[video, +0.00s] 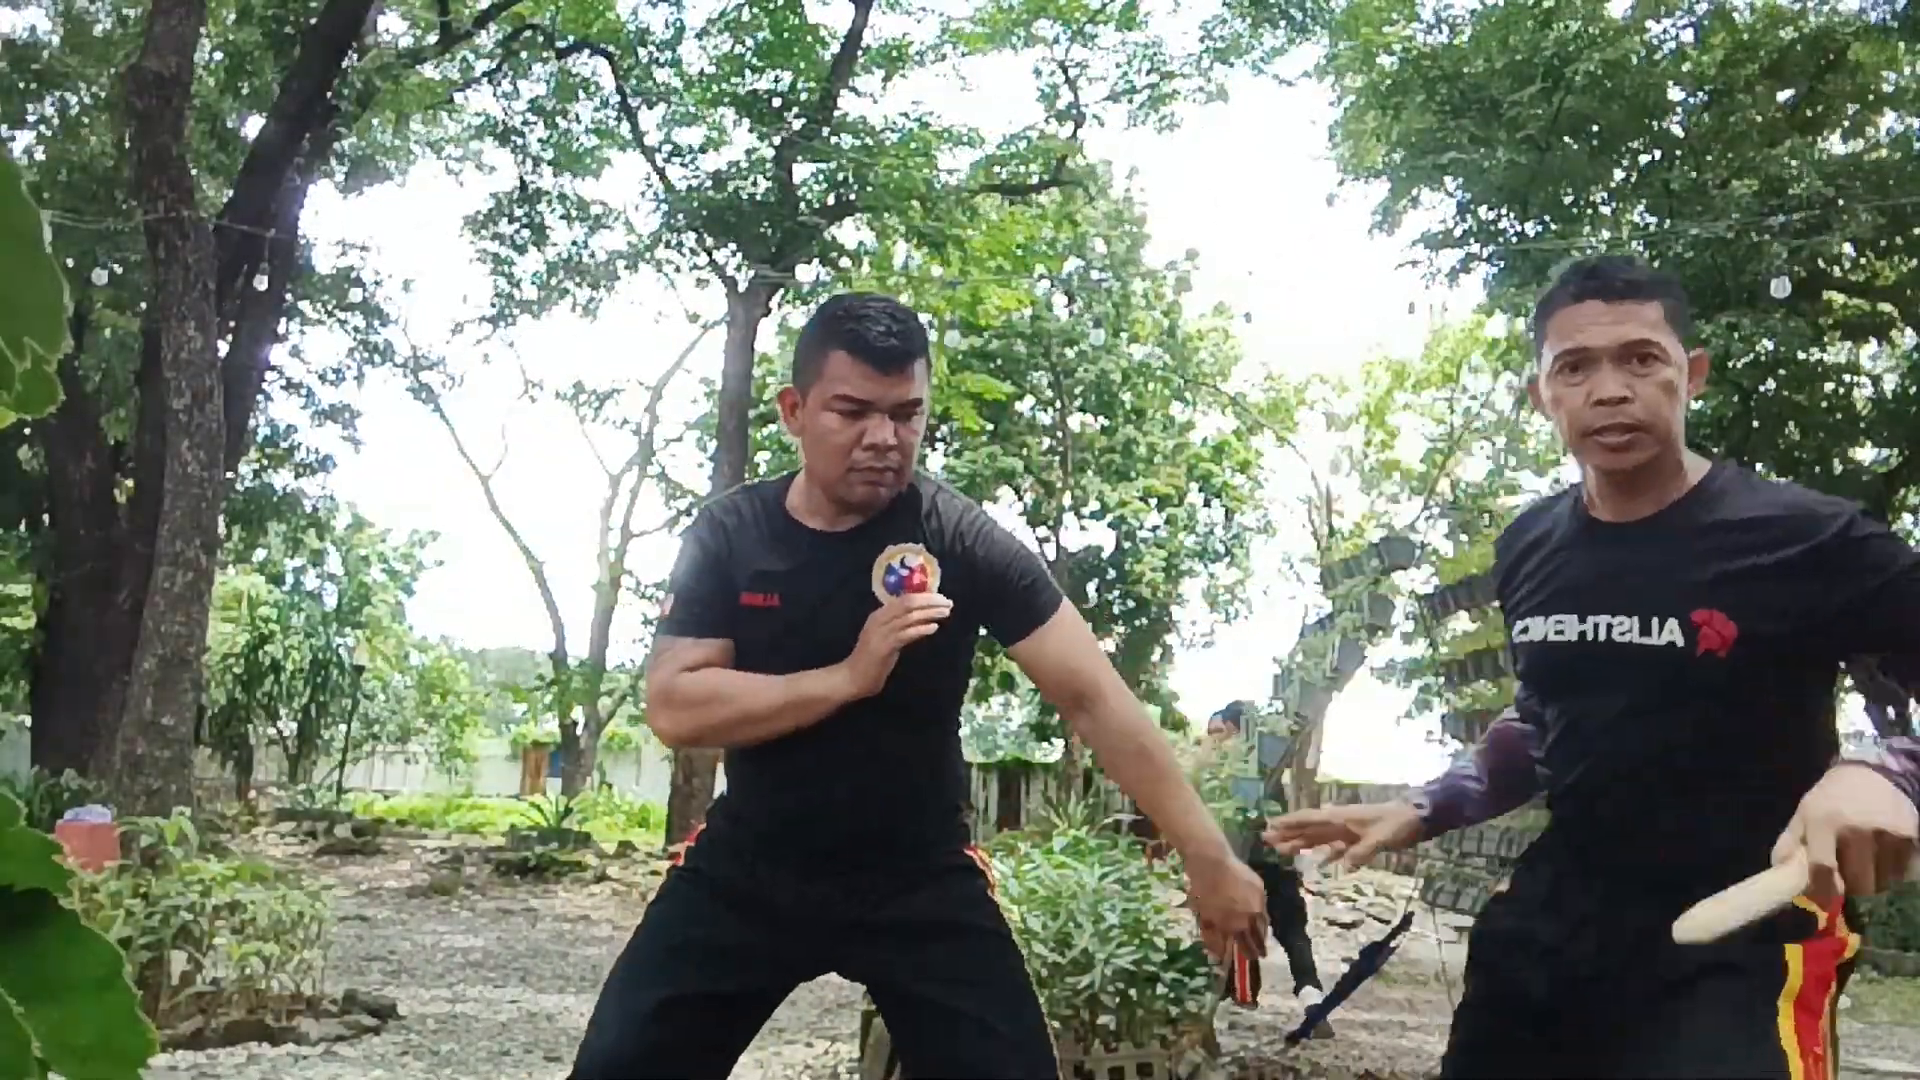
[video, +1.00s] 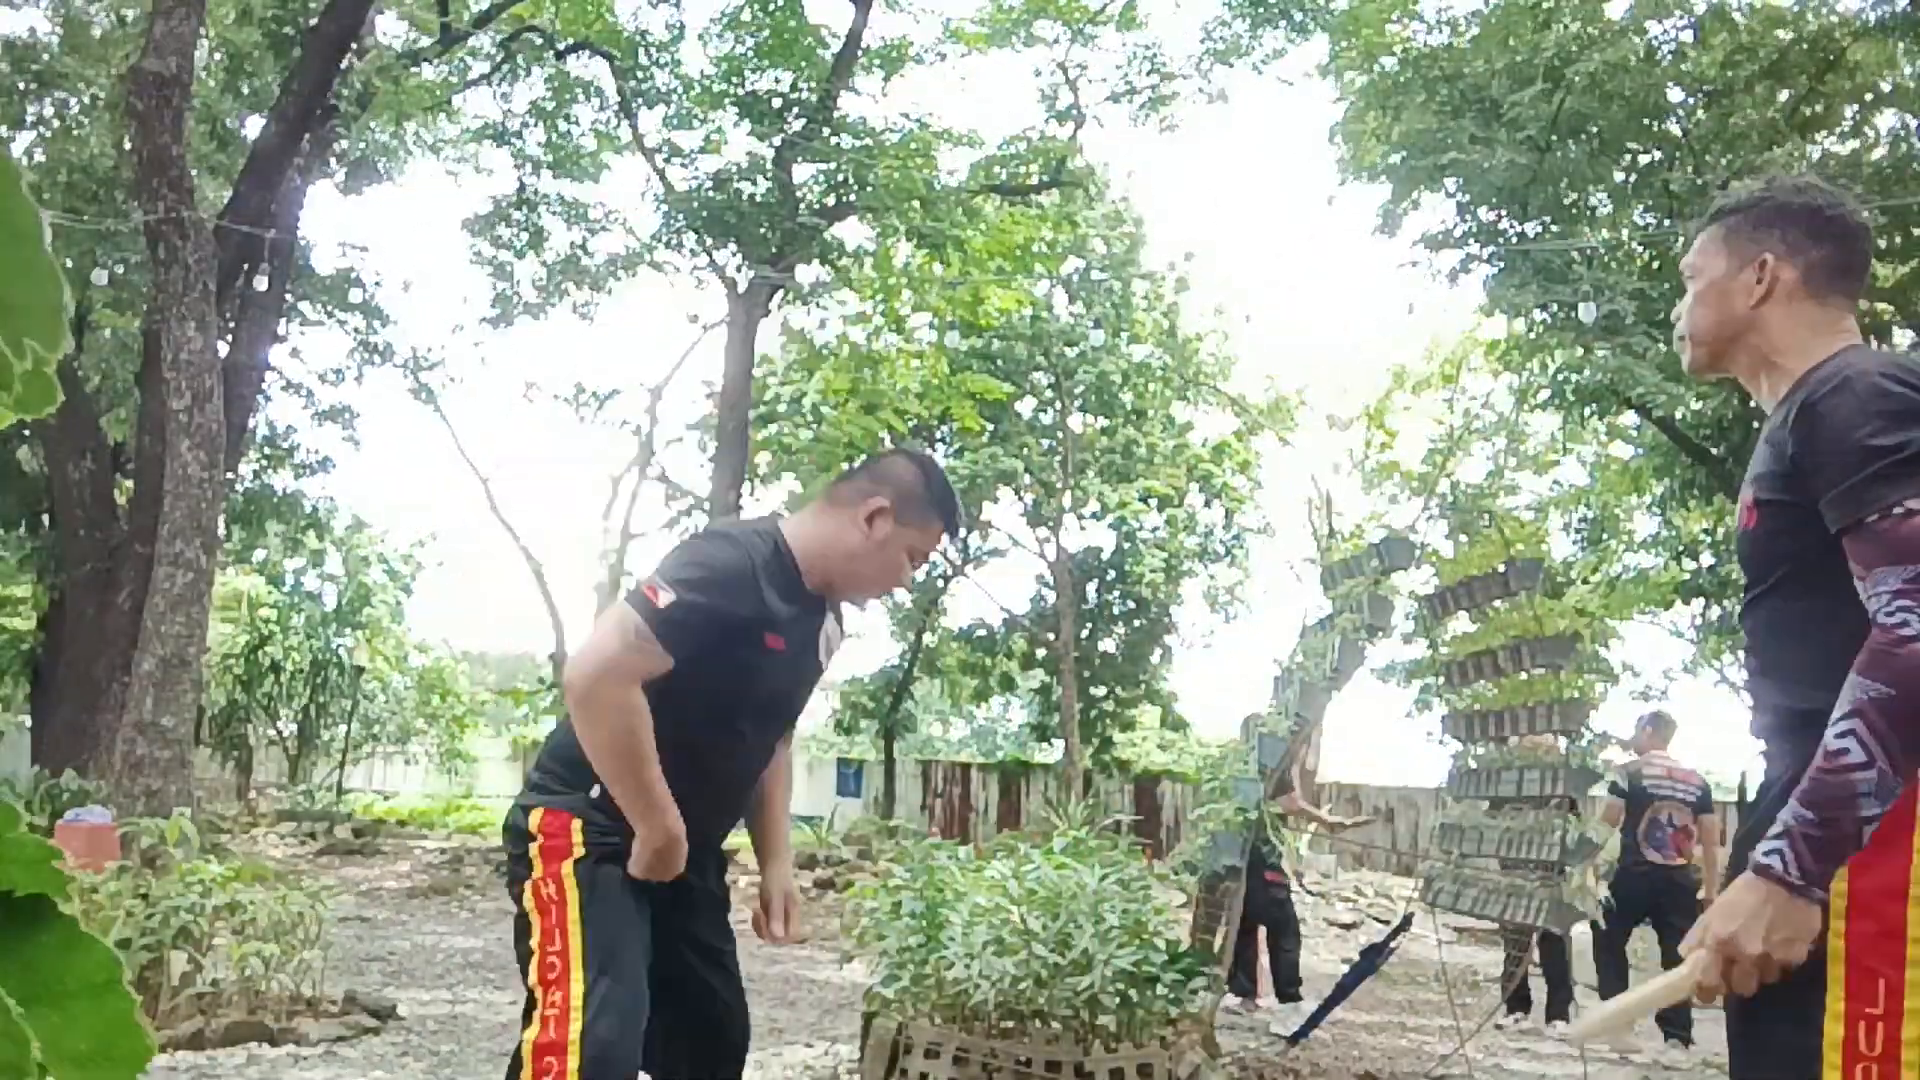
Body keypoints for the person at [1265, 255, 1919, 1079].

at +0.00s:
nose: (1609, 388)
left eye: (1638, 359)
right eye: (1576, 366)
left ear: (1691, 375)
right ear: (1541, 398)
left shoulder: (1818, 543)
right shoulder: (1529, 548)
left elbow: (1914, 690)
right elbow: (1547, 723)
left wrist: (1884, 767)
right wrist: (1415, 813)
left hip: (1739, 959)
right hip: (1553, 942)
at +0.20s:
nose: (1567, 331)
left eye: (1591, 296)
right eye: (1563, 304)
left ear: (1700, 273)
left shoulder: (1874, 444)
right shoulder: (1627, 464)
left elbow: (1904, 715)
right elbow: (1576, 691)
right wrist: (1582, 618)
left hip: (1832, 878)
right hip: (1669, 865)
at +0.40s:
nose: (1614, 288)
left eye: (1615, 259)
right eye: (1610, 264)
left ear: (1677, 241)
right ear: (1687, 245)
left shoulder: (1876, 383)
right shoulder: (1706, 430)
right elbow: (1718, 643)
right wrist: (1600, 736)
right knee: (1780, 1056)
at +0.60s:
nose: (1675, 309)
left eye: (1669, 280)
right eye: (1670, 285)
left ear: (1695, 268)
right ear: (1815, 261)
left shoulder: (1837, 385)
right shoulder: (1802, 388)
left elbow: (1914, 630)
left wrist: (1892, 920)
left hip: (1836, 786)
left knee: (1821, 1053)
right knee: (1788, 1044)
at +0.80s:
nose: (1691, 319)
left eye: (1694, 289)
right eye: (1689, 294)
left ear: (1744, 282)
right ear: (1834, 280)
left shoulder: (1852, 394)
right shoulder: (1829, 403)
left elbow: (1901, 621)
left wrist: (1732, 832)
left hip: (1869, 834)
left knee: (1847, 1051)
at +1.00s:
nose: (1679, 316)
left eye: (1691, 285)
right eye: (1681, 291)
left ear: (1763, 277)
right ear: (1763, 283)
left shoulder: (1852, 396)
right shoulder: (1811, 414)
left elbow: (1908, 634)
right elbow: (1850, 661)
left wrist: (1789, 866)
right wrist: (1769, 865)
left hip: (1862, 832)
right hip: (1821, 828)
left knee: (1827, 1059)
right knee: (1786, 1054)